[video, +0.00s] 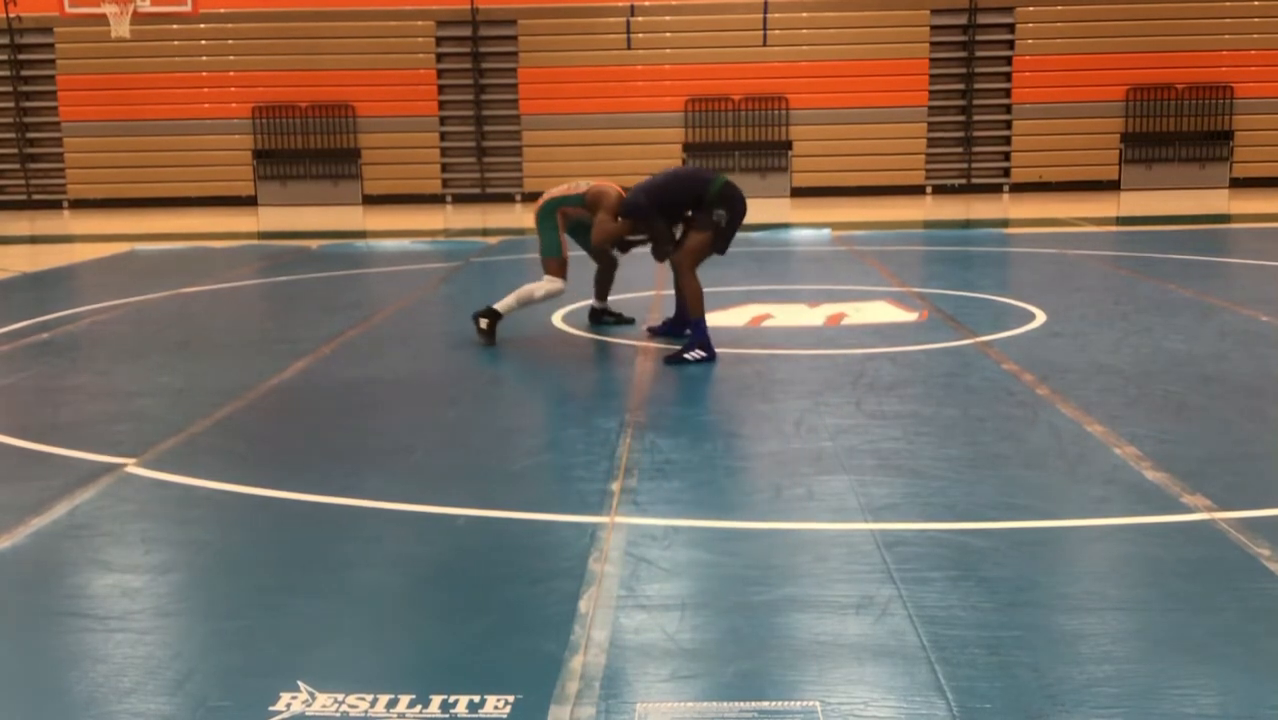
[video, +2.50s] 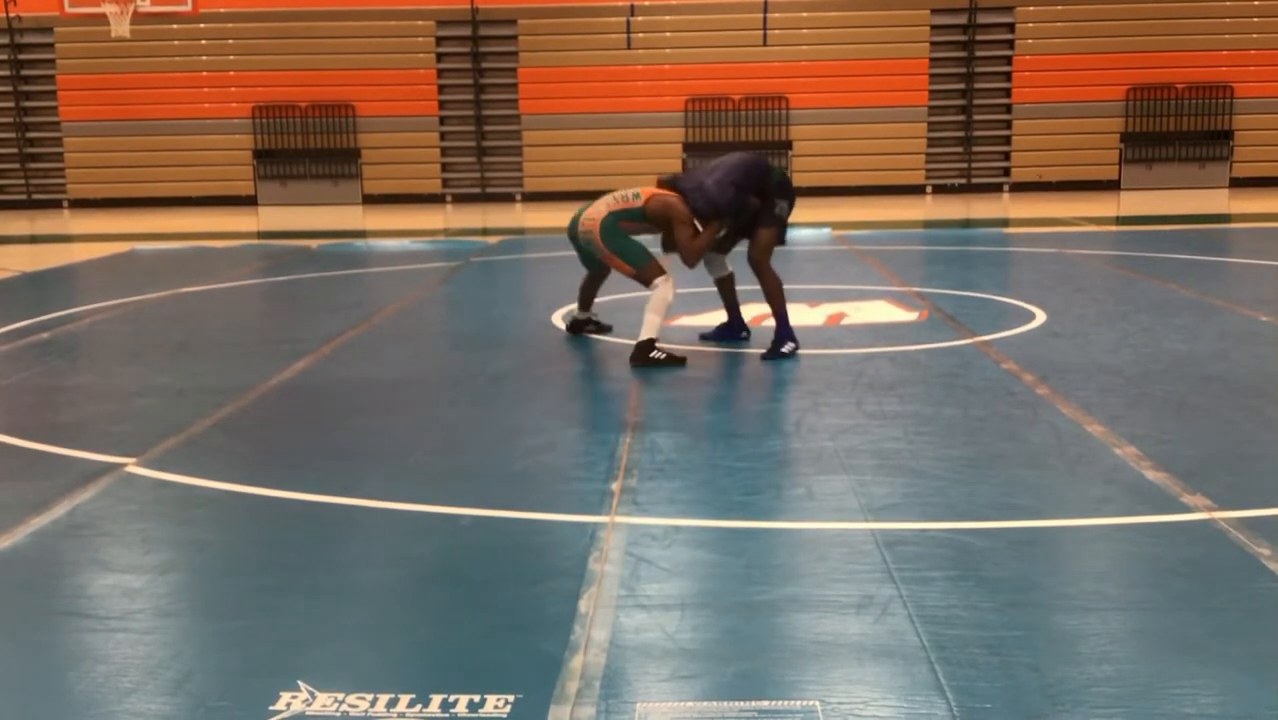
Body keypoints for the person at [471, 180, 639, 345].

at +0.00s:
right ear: (640, 214)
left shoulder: (623, 204)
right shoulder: (611, 198)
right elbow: (598, 241)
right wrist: (633, 225)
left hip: (574, 215)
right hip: (551, 209)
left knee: (608, 264)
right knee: (554, 284)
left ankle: (599, 310)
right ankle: (490, 315)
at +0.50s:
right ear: (645, 207)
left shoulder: (621, 196)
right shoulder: (614, 195)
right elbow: (605, 236)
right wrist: (640, 222)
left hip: (567, 210)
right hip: (546, 208)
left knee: (597, 254)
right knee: (564, 283)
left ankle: (591, 319)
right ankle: (498, 325)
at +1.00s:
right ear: (662, 194)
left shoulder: (637, 194)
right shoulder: (633, 186)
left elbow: (663, 249)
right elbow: (622, 221)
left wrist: (682, 228)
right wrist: (659, 209)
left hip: (578, 204)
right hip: (558, 198)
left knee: (603, 256)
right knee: (555, 278)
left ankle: (590, 318)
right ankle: (493, 327)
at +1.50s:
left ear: (671, 190)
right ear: (678, 197)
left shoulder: (655, 200)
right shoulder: (651, 197)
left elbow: (679, 247)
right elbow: (651, 241)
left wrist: (704, 236)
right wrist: (685, 221)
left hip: (580, 206)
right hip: (573, 208)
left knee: (603, 266)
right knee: (605, 281)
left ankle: (589, 320)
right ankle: (548, 335)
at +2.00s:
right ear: (676, 179)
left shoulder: (652, 187)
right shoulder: (651, 187)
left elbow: (649, 228)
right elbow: (646, 232)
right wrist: (681, 211)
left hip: (582, 206)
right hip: (576, 208)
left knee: (606, 264)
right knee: (605, 282)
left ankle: (590, 319)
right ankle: (548, 335)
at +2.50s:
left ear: (683, 187)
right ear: (700, 200)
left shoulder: (660, 198)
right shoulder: (677, 206)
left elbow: (669, 246)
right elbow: (691, 258)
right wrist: (715, 226)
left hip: (578, 227)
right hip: (603, 232)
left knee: (599, 269)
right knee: (662, 283)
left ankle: (581, 318)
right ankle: (646, 346)